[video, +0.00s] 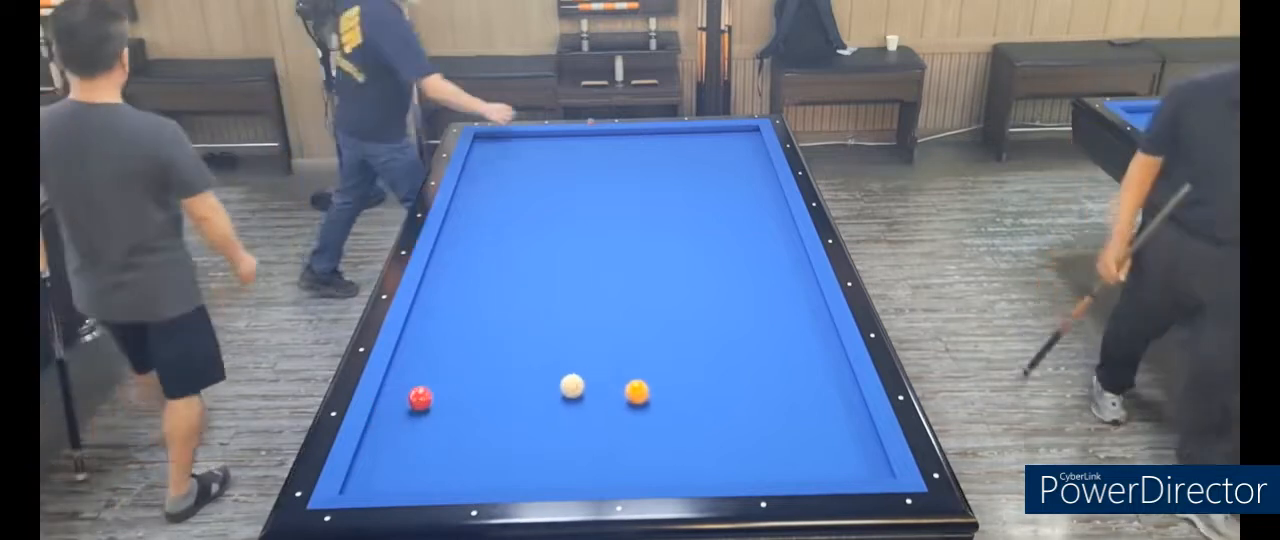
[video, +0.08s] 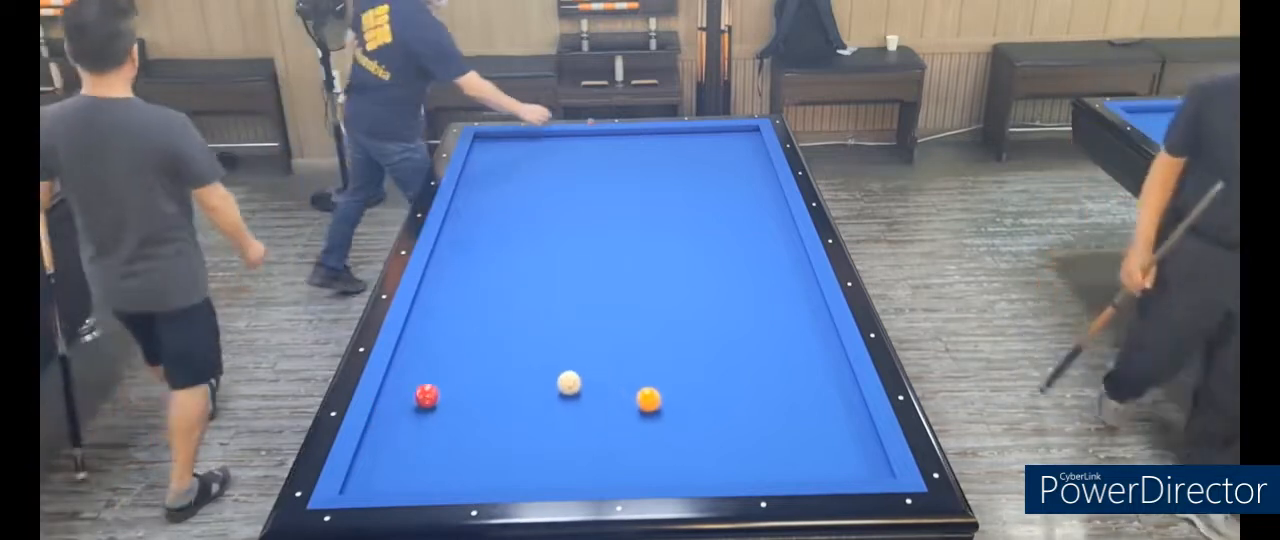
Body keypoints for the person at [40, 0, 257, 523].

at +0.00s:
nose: (130, 57)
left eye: (124, 49)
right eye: (128, 50)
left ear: (63, 62)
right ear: (123, 59)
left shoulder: (48, 128)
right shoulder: (156, 135)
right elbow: (208, 217)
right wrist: (240, 257)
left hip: (96, 293)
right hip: (161, 289)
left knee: (142, 368)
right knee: (183, 389)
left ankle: (173, 427)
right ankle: (180, 492)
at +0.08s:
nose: (138, 54)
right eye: (137, 48)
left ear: (74, 57)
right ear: (133, 55)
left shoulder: (55, 124)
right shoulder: (168, 126)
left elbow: (43, 196)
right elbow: (213, 200)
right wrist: (247, 243)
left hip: (113, 287)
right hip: (173, 284)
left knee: (157, 356)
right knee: (189, 381)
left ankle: (196, 401)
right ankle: (181, 488)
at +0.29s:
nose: (151, 35)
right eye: (148, 28)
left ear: (87, 38)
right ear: (144, 35)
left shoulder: (68, 103)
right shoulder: (178, 100)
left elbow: (58, 177)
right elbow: (218, 175)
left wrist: (89, 153)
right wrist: (253, 225)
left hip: (127, 257)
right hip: (186, 251)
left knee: (166, 331)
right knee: (217, 332)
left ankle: (206, 401)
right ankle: (198, 422)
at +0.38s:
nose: (156, 30)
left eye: (154, 22)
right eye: (154, 22)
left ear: (97, 29)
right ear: (148, 28)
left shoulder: (75, 94)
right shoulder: (180, 94)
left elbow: (64, 165)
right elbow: (220, 171)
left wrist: (94, 138)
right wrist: (253, 222)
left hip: (132, 248)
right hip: (190, 242)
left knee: (169, 326)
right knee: (227, 313)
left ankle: (207, 404)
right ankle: (207, 397)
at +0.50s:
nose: (170, 21)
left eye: (167, 14)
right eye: (168, 14)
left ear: (114, 22)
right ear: (162, 19)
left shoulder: (87, 79)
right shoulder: (188, 86)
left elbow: (76, 143)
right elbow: (223, 163)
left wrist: (111, 118)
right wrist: (256, 215)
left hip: (142, 233)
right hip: (201, 225)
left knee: (172, 319)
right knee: (236, 292)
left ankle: (201, 397)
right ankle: (239, 373)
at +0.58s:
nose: (180, 20)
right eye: (178, 14)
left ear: (128, 19)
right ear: (174, 18)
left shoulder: (100, 71)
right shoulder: (198, 83)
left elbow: (88, 131)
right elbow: (231, 162)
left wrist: (121, 103)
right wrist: (260, 214)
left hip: (151, 228)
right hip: (209, 222)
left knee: (175, 313)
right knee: (243, 285)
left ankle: (201, 397)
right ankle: (260, 347)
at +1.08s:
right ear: (229, 1)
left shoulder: (168, 37)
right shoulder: (254, 43)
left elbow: (155, 98)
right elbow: (292, 114)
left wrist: (191, 89)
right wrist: (303, 151)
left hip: (210, 171)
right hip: (260, 171)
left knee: (237, 225)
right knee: (266, 245)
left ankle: (239, 298)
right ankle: (260, 324)